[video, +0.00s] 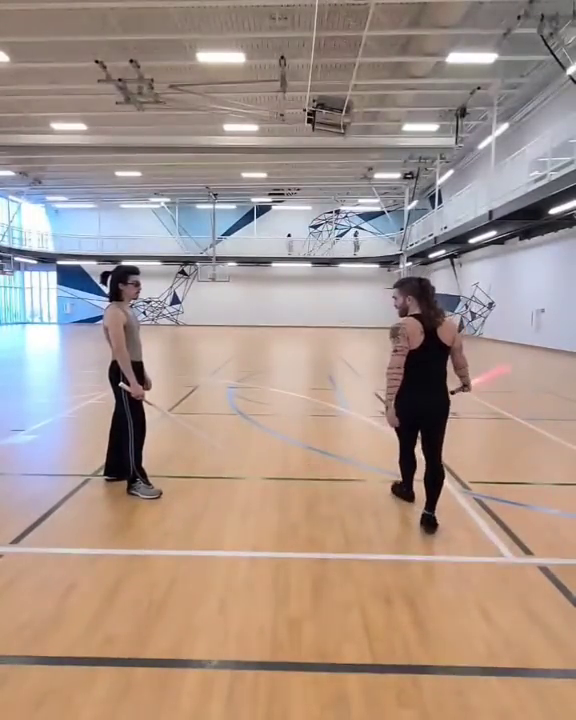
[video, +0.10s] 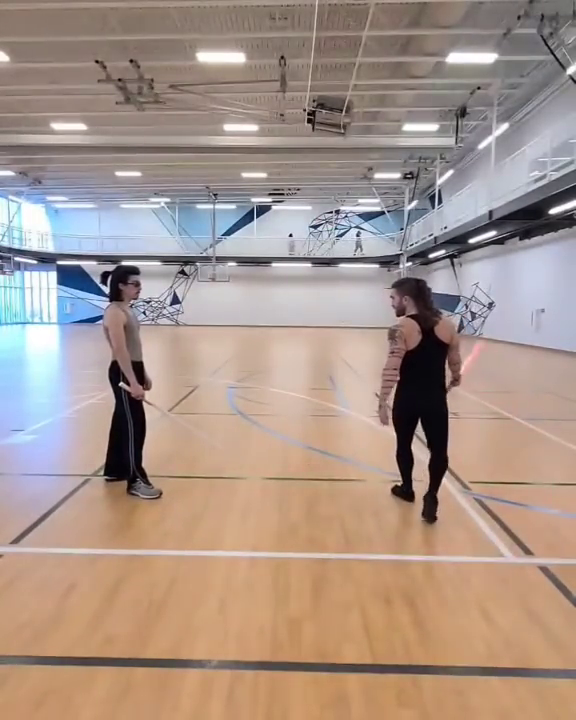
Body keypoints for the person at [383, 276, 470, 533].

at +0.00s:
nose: (394, 303)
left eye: (397, 299)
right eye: (394, 299)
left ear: (410, 299)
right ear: (420, 298)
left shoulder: (405, 326)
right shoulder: (448, 324)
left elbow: (396, 368)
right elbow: (459, 359)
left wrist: (390, 403)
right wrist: (465, 381)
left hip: (408, 401)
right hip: (437, 402)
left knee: (406, 448)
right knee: (434, 457)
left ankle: (407, 487)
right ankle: (430, 513)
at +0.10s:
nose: (391, 303)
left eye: (394, 298)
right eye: (391, 298)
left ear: (406, 299)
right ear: (419, 299)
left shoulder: (402, 328)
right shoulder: (447, 325)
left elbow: (392, 367)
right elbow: (454, 359)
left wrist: (383, 401)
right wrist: (455, 378)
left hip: (407, 399)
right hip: (435, 400)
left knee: (404, 445)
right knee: (439, 452)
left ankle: (406, 487)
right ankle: (432, 497)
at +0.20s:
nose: (392, 301)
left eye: (395, 296)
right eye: (392, 296)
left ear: (408, 297)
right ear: (420, 297)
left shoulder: (402, 326)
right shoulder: (446, 323)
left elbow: (389, 364)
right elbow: (452, 362)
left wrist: (373, 393)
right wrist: (444, 380)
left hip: (408, 393)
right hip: (436, 393)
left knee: (404, 442)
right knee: (444, 440)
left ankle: (407, 486)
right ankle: (437, 481)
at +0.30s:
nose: (396, 297)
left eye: (399, 292)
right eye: (397, 292)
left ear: (411, 294)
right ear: (420, 294)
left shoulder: (404, 323)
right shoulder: (447, 320)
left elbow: (389, 358)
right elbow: (452, 358)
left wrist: (369, 377)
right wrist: (440, 376)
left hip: (412, 390)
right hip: (439, 388)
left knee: (406, 438)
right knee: (446, 432)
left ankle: (407, 486)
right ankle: (449, 480)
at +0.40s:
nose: (401, 297)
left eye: (405, 292)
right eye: (402, 292)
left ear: (417, 295)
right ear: (426, 295)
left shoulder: (410, 323)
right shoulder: (449, 322)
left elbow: (391, 356)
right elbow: (453, 356)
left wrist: (373, 362)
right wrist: (434, 363)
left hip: (417, 389)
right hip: (443, 387)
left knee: (407, 435)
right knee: (450, 426)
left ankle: (408, 486)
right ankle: (462, 468)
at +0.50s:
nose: (409, 299)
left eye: (413, 295)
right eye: (410, 294)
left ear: (425, 297)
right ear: (433, 297)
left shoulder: (419, 324)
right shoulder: (452, 323)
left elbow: (400, 356)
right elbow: (457, 356)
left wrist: (382, 357)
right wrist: (442, 367)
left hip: (422, 390)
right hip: (447, 387)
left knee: (408, 435)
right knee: (454, 424)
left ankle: (408, 486)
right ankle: (469, 461)